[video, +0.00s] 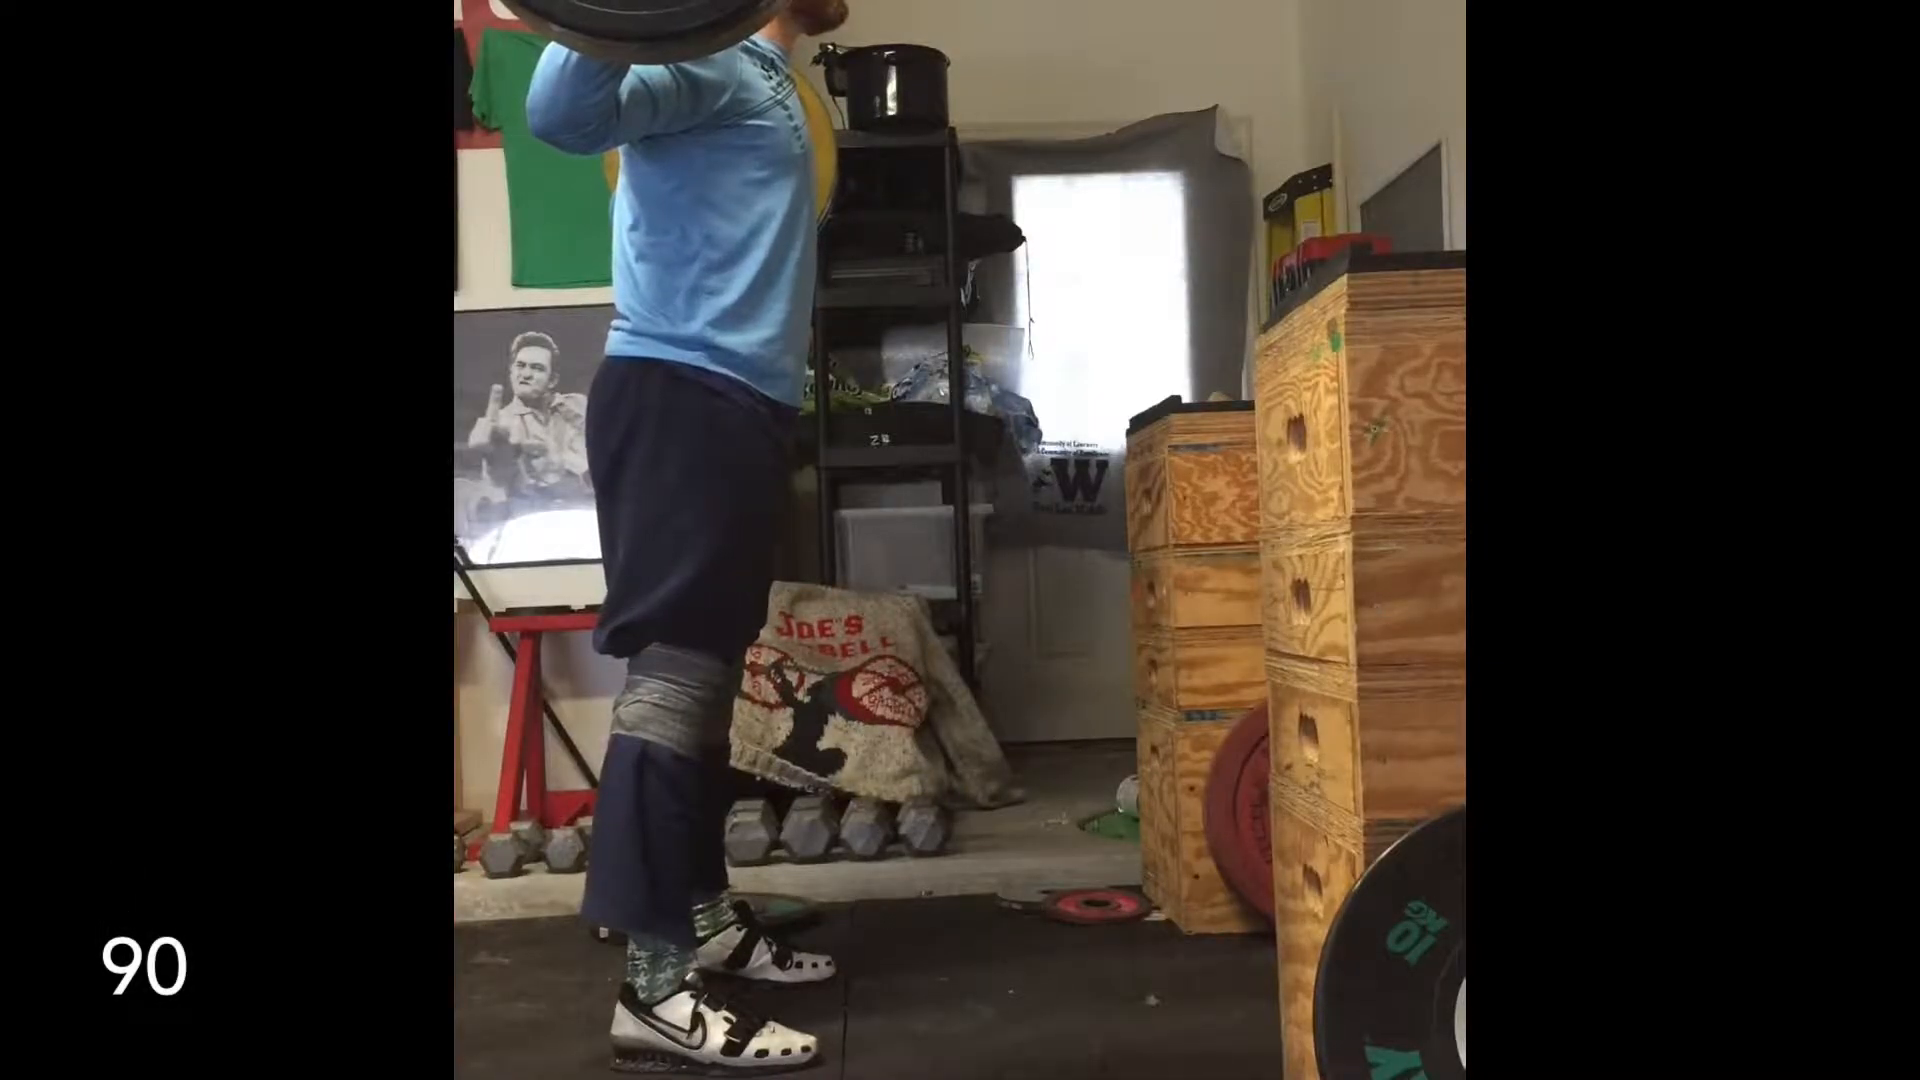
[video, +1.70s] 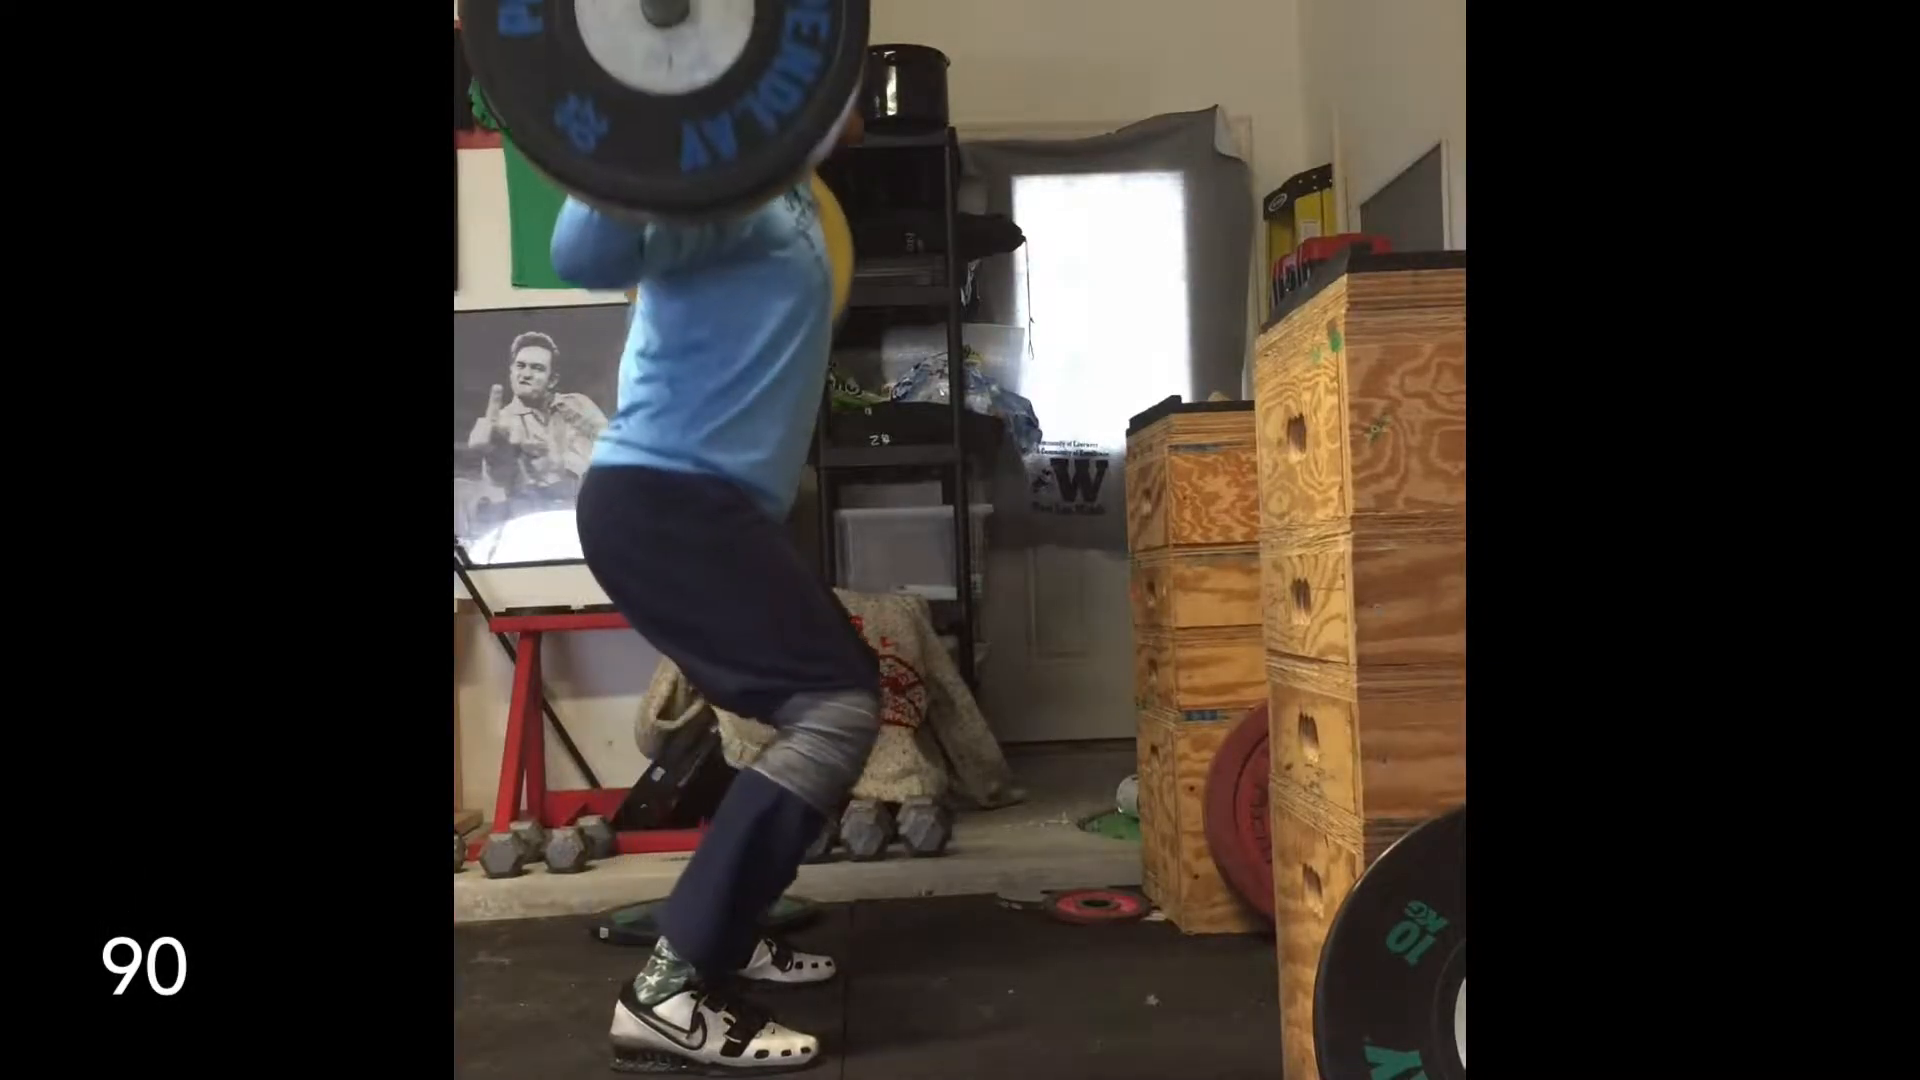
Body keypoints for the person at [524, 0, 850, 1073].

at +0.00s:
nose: (841, 7)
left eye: (839, 1)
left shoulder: (774, 81)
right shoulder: (708, 65)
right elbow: (558, 115)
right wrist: (619, 3)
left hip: (737, 406)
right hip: (682, 399)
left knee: (706, 671)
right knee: (676, 677)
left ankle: (702, 914)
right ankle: (656, 978)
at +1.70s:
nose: (861, 111)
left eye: (861, 91)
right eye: (845, 87)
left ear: (832, 111)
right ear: (787, 90)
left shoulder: (805, 208)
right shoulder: (727, 198)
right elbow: (580, 254)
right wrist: (651, 113)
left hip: (718, 499)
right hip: (663, 498)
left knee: (832, 691)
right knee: (836, 705)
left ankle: (732, 915)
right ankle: (669, 983)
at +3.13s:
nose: (906, 393)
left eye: (907, 373)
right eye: (893, 370)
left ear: (841, 366)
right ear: (832, 361)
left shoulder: (838, 473)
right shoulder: (756, 431)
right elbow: (753, 300)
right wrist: (740, 152)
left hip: (708, 724)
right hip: (623, 733)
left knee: (869, 718)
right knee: (855, 758)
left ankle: (750, 927)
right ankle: (677, 988)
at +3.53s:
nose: (905, 442)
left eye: (906, 422)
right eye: (892, 419)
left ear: (840, 414)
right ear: (832, 409)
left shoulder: (838, 521)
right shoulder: (758, 480)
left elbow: (762, 665)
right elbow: (757, 350)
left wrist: (840, 693)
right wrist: (738, 190)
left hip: (695, 774)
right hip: (619, 785)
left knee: (870, 718)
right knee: (858, 758)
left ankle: (746, 935)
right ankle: (676, 991)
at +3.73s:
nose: (907, 452)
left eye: (908, 431)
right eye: (894, 428)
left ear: (841, 424)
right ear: (833, 419)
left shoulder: (843, 535)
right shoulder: (758, 490)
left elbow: (776, 677)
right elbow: (758, 361)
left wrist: (850, 699)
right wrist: (736, 202)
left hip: (700, 785)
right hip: (620, 793)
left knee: (868, 718)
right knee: (859, 756)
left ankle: (747, 933)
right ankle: (675, 990)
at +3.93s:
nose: (904, 449)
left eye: (903, 427)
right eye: (889, 425)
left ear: (836, 426)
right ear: (826, 421)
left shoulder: (840, 534)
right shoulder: (753, 494)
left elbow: (781, 677)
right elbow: (754, 367)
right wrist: (743, 209)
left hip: (698, 787)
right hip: (618, 797)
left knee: (864, 717)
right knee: (859, 755)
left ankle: (744, 931)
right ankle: (675, 992)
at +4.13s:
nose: (904, 449)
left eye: (903, 426)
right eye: (890, 424)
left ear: (837, 424)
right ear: (826, 419)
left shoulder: (840, 534)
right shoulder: (754, 494)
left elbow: (781, 679)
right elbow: (755, 368)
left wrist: (856, 701)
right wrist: (741, 210)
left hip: (703, 787)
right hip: (622, 796)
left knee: (869, 717)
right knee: (862, 762)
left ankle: (750, 931)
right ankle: (676, 990)